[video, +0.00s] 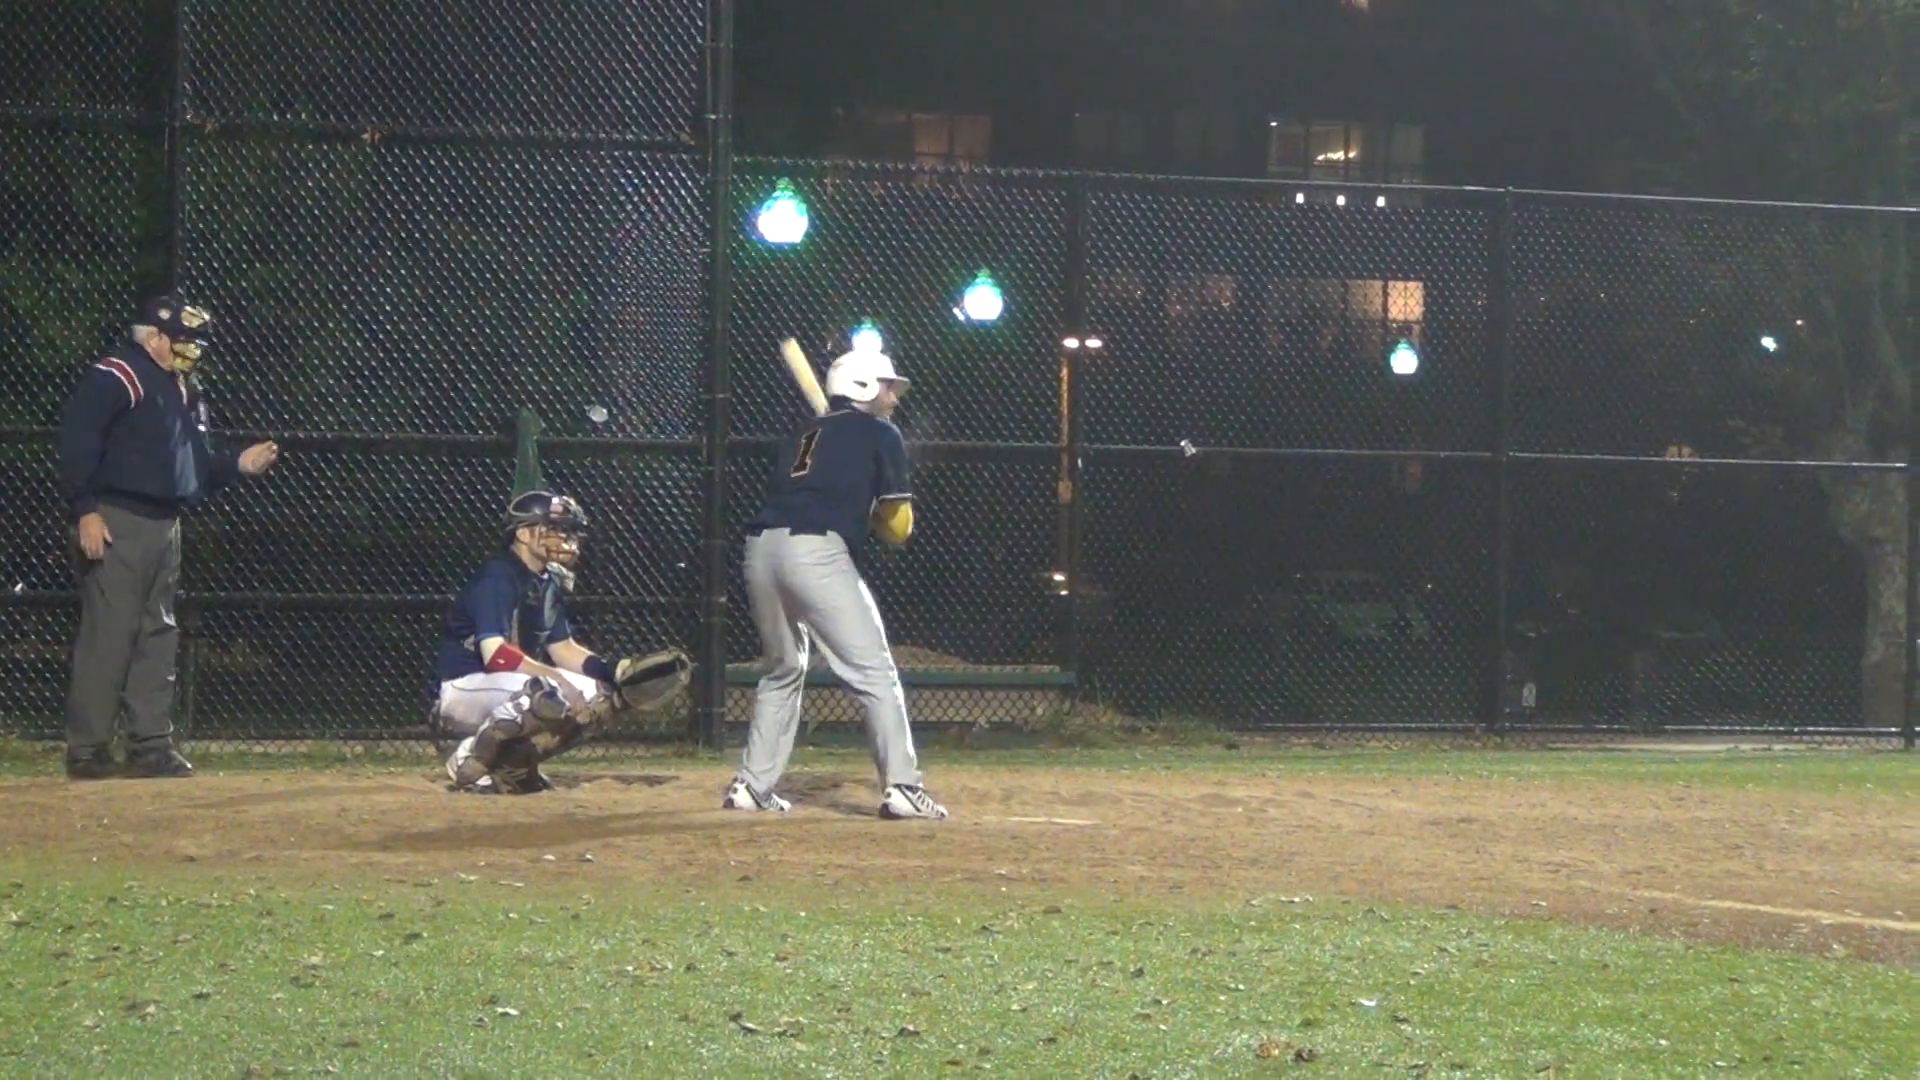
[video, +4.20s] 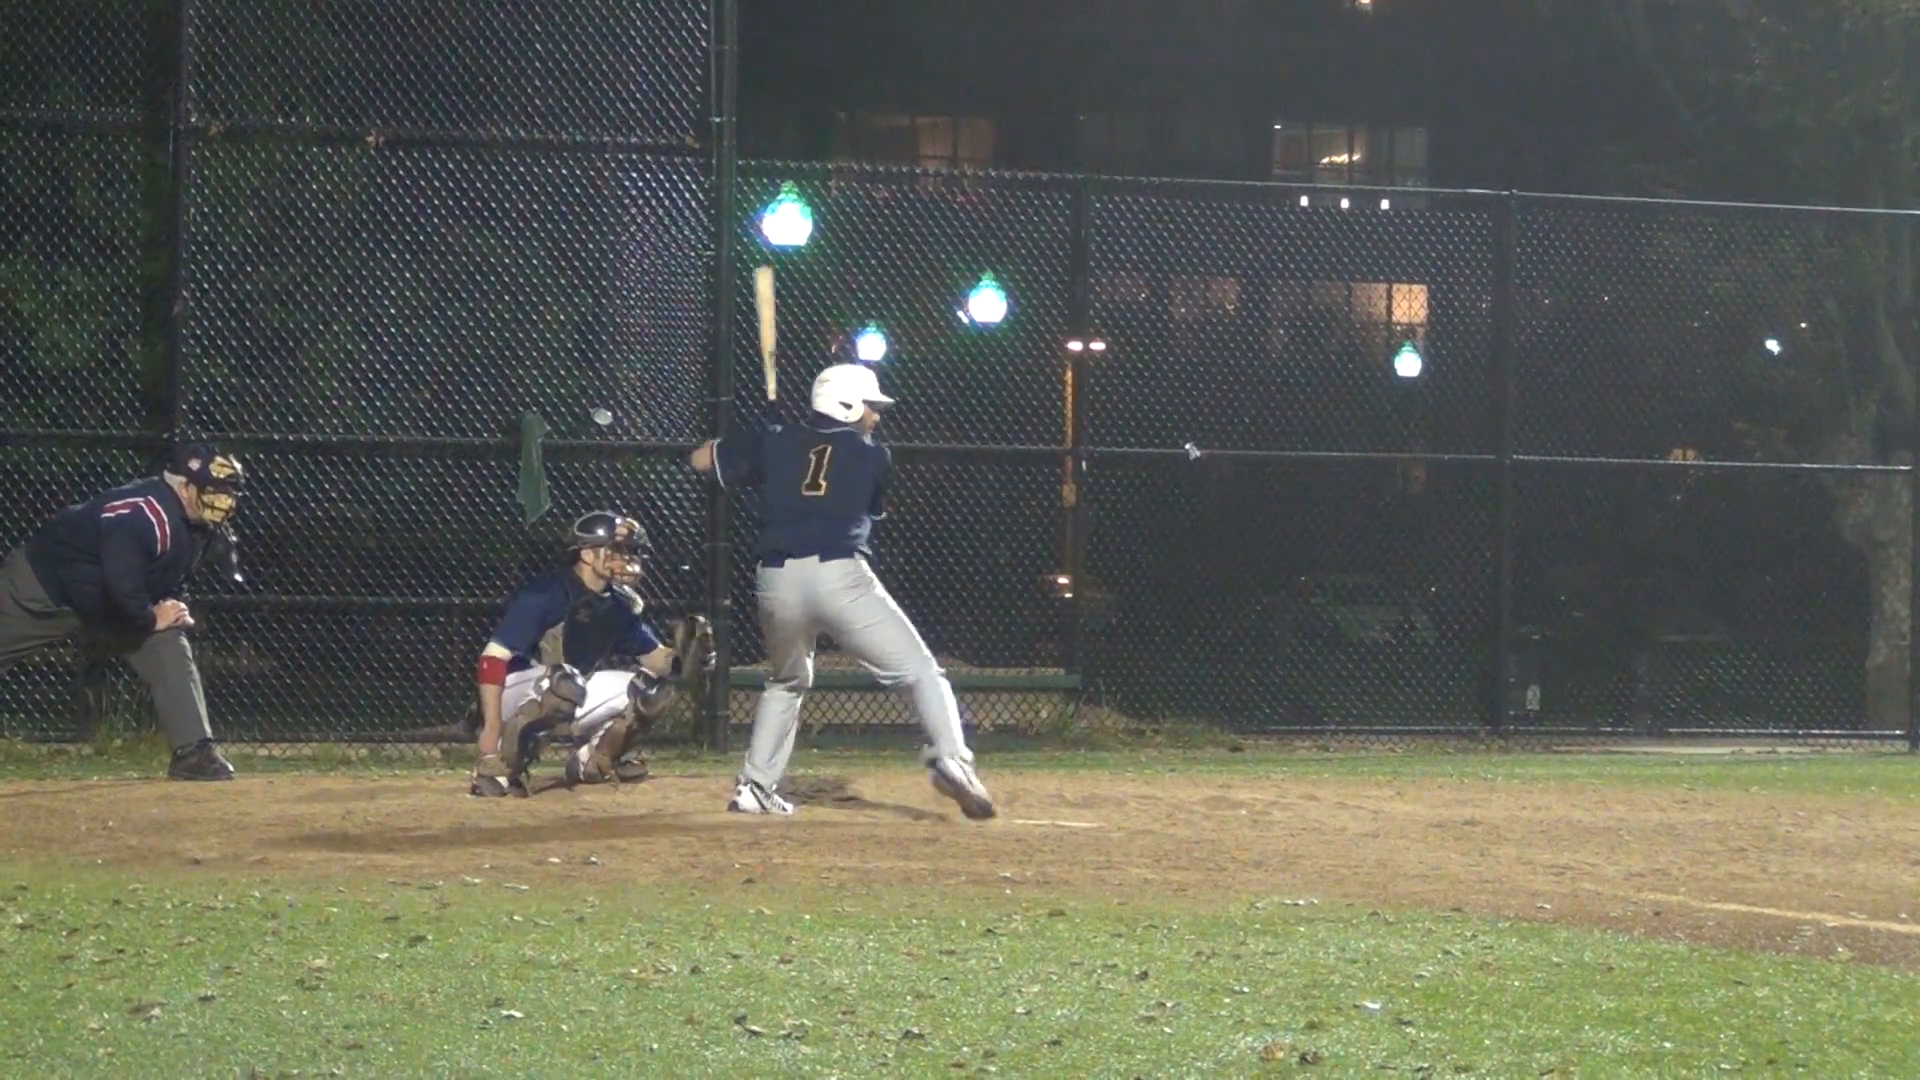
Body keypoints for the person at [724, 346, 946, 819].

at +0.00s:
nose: (896, 396)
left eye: (895, 386)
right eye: (889, 386)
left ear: (842, 390)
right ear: (865, 388)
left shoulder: (801, 432)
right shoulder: (881, 433)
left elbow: (790, 495)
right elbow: (897, 525)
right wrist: (859, 503)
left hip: (759, 548)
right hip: (816, 549)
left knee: (782, 670)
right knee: (876, 675)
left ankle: (753, 785)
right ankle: (903, 789)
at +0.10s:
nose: (904, 399)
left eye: (903, 389)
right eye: (896, 389)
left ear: (853, 394)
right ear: (872, 392)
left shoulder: (826, 432)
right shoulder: (884, 434)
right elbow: (911, 522)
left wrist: (894, 551)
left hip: (761, 550)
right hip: (815, 552)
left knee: (786, 672)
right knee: (880, 677)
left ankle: (749, 787)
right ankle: (901, 789)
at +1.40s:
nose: (857, 397)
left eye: (856, 387)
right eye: (850, 388)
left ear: (804, 391)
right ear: (824, 390)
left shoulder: (759, 432)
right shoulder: (849, 445)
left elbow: (764, 506)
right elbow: (849, 527)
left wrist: (850, 513)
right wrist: (872, 517)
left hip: (737, 564)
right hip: (796, 562)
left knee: (771, 676)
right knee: (869, 676)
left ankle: (747, 789)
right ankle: (899, 787)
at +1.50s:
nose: (854, 397)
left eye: (853, 388)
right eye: (849, 389)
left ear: (796, 388)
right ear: (828, 390)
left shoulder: (752, 431)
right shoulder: (847, 440)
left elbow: (736, 484)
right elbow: (857, 509)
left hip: (741, 566)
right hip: (803, 563)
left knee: (771, 677)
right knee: (867, 682)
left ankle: (747, 790)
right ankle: (895, 791)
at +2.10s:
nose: (884, 401)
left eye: (882, 391)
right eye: (877, 392)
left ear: (828, 395)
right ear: (853, 395)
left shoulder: (781, 440)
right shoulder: (873, 441)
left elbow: (777, 490)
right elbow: (916, 493)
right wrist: (882, 451)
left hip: (774, 581)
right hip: (836, 579)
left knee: (794, 684)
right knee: (905, 692)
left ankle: (751, 791)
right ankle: (904, 794)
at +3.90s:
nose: (875, 415)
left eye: (875, 406)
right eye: (868, 406)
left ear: (819, 404)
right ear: (842, 406)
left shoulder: (770, 433)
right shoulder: (863, 462)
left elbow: (723, 451)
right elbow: (859, 531)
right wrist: (874, 511)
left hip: (753, 578)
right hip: (817, 576)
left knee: (777, 678)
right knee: (890, 677)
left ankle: (752, 786)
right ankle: (911, 770)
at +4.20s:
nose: (877, 416)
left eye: (877, 407)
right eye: (871, 407)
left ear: (821, 406)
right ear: (849, 407)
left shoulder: (775, 441)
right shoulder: (873, 453)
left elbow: (700, 458)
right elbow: (872, 508)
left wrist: (750, 446)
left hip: (777, 579)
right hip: (841, 574)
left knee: (785, 681)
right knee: (920, 670)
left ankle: (754, 787)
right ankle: (952, 759)